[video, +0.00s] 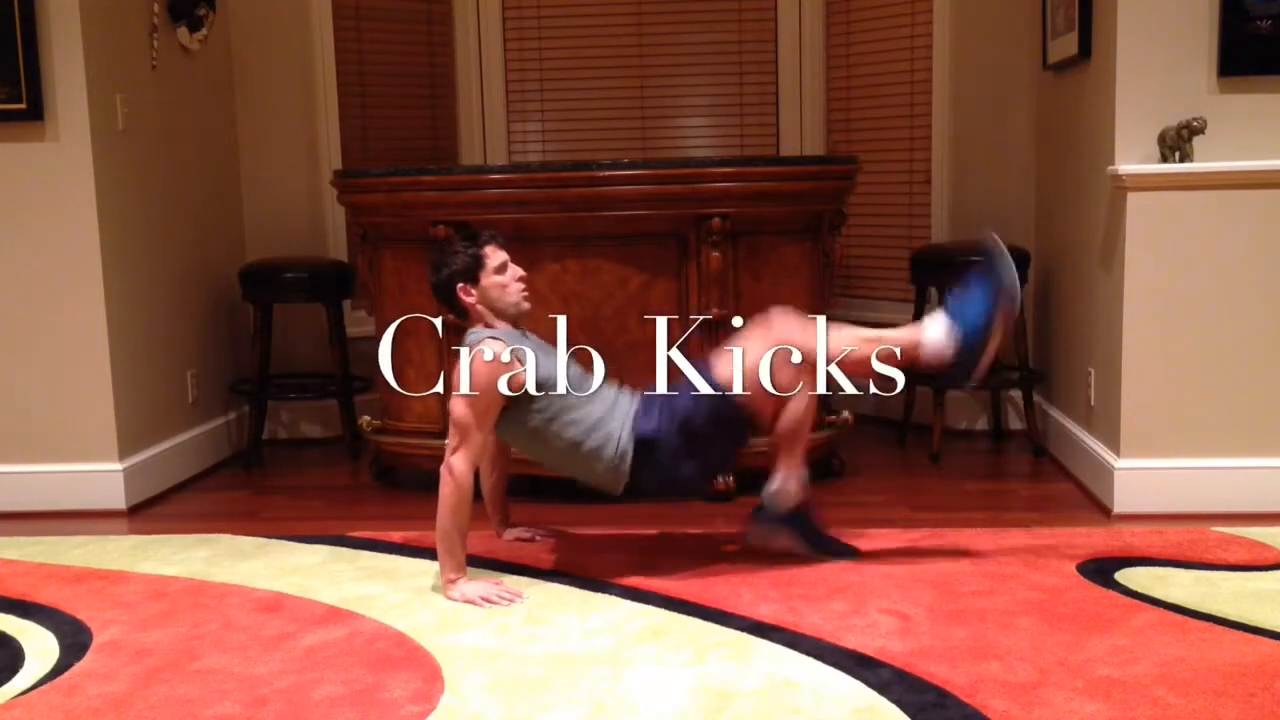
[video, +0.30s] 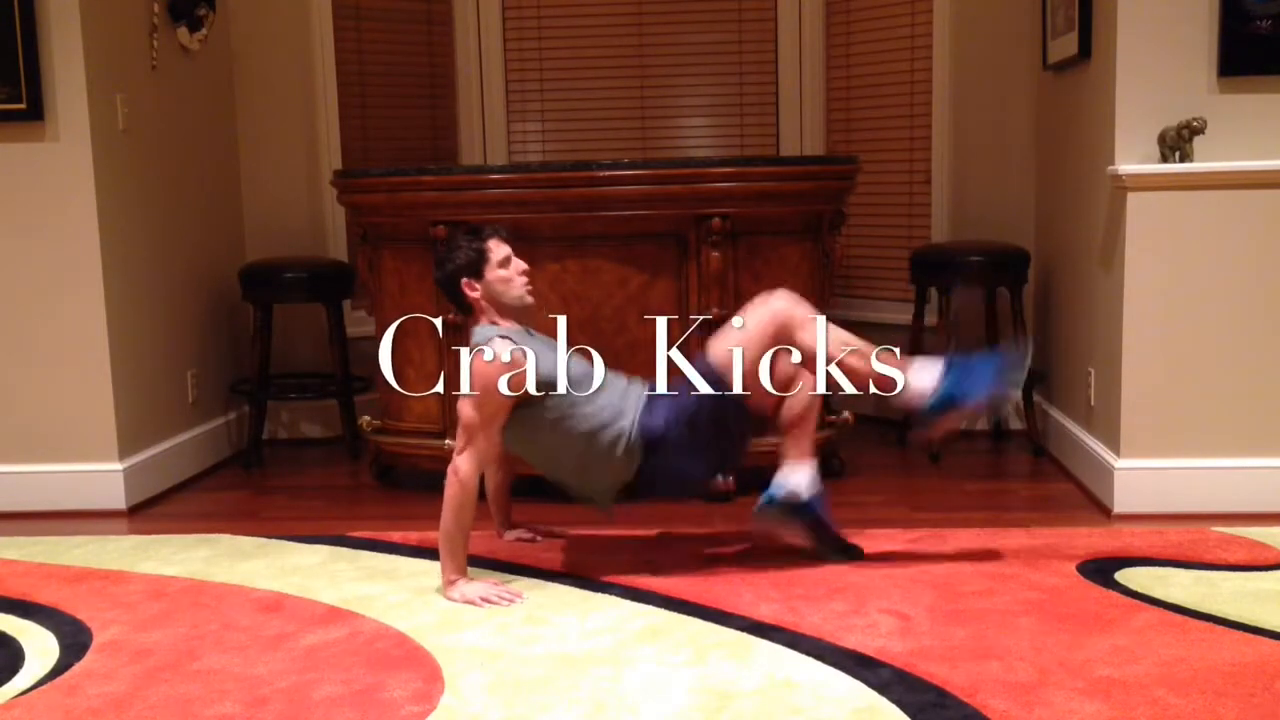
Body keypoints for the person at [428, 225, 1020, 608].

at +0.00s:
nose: (519, 275)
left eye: (513, 265)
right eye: (502, 271)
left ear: (495, 286)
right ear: (470, 297)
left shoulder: (510, 345)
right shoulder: (486, 357)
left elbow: (493, 446)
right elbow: (455, 468)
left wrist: (499, 526)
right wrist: (452, 575)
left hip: (657, 428)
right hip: (650, 446)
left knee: (787, 337)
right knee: (787, 334)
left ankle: (782, 505)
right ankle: (937, 341)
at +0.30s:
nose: (523, 270)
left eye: (518, 260)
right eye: (507, 265)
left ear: (502, 280)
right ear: (473, 292)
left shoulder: (518, 341)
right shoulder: (494, 359)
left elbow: (497, 440)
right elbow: (463, 466)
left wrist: (501, 525)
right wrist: (453, 577)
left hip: (663, 423)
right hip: (658, 444)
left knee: (794, 347)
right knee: (781, 310)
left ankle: (794, 489)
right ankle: (924, 386)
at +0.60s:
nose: (544, 279)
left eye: (536, 268)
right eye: (526, 276)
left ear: (519, 296)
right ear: (499, 306)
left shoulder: (540, 345)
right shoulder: (511, 370)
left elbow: (506, 442)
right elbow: (468, 468)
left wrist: (501, 526)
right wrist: (452, 579)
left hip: (661, 450)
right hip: (654, 478)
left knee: (804, 383)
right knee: (791, 384)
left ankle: (923, 308)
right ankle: (791, 527)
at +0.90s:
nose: (526, 269)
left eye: (520, 259)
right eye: (510, 265)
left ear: (494, 284)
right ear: (476, 291)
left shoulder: (515, 338)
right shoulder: (492, 356)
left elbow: (500, 441)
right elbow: (464, 465)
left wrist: (500, 527)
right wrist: (453, 575)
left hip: (669, 387)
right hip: (672, 414)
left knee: (799, 304)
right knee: (809, 308)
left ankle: (821, 457)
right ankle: (904, 435)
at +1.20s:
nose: (540, 278)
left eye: (532, 268)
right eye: (523, 276)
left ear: (514, 295)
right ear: (495, 305)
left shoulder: (538, 350)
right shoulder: (517, 371)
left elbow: (500, 444)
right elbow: (469, 469)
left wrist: (501, 525)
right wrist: (451, 578)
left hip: (656, 454)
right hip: (654, 489)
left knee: (787, 369)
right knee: (788, 377)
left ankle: (774, 518)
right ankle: (932, 319)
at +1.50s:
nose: (526, 272)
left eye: (521, 262)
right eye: (511, 266)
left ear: (498, 282)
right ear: (478, 290)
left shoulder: (515, 340)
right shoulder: (492, 358)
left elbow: (498, 442)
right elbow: (463, 466)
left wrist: (501, 524)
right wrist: (452, 577)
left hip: (656, 407)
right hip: (651, 445)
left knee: (775, 313)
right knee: (806, 366)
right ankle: (789, 513)